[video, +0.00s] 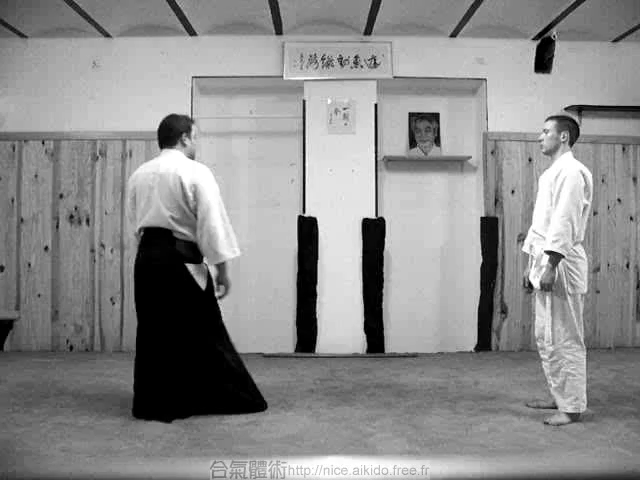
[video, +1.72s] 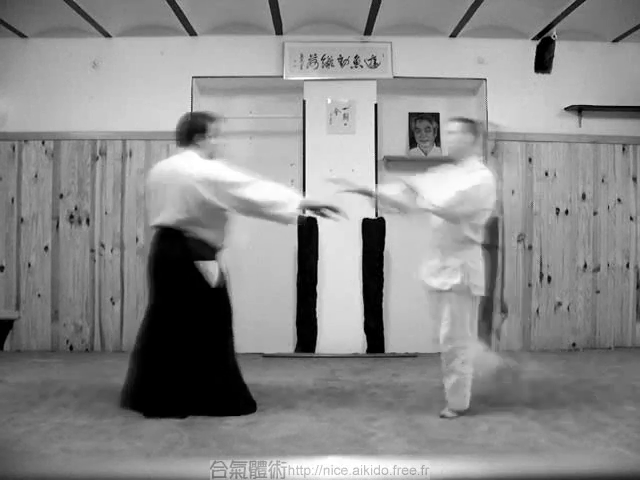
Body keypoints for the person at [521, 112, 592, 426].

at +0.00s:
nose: (540, 137)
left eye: (546, 132)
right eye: (541, 132)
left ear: (563, 137)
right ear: (558, 137)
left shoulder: (573, 173)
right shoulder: (552, 172)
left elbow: (565, 222)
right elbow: (542, 221)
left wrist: (551, 264)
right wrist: (532, 262)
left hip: (563, 262)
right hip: (545, 260)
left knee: (564, 335)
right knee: (545, 335)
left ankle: (572, 406)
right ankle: (559, 396)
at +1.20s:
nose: (520, 141)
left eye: (526, 136)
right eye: (521, 136)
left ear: (544, 142)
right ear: (533, 143)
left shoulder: (553, 176)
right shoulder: (525, 178)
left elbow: (544, 221)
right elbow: (513, 220)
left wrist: (524, 255)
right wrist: (502, 255)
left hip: (541, 260)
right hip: (523, 258)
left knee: (517, 327)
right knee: (541, 326)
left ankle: (547, 391)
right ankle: (557, 393)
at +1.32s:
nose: (509, 143)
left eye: (515, 138)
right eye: (509, 138)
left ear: (533, 143)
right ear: (520, 144)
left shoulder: (542, 179)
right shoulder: (512, 179)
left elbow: (532, 229)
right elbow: (500, 222)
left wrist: (505, 250)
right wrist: (483, 252)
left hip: (531, 260)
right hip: (512, 259)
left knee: (502, 324)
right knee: (537, 324)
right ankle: (559, 391)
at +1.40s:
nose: (500, 145)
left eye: (507, 139)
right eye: (500, 140)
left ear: (526, 145)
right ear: (507, 146)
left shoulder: (536, 182)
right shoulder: (503, 182)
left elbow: (520, 230)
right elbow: (488, 226)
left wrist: (489, 241)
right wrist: (460, 249)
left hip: (524, 263)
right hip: (505, 262)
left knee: (493, 327)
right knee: (533, 327)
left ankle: (473, 397)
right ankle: (559, 391)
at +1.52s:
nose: (485, 144)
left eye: (493, 139)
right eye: (485, 139)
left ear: (511, 145)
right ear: (486, 144)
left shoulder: (517, 183)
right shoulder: (484, 179)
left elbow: (497, 226)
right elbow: (458, 211)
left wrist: (453, 232)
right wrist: (425, 222)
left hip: (502, 262)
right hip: (487, 259)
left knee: (473, 329)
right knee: (515, 322)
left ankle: (460, 400)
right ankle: (554, 388)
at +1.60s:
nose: (474, 142)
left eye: (482, 137)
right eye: (474, 136)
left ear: (498, 143)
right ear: (473, 141)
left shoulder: (506, 182)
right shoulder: (467, 178)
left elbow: (481, 221)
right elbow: (436, 207)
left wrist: (447, 218)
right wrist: (399, 211)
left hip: (488, 264)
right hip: (466, 263)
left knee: (464, 333)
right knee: (500, 325)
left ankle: (457, 400)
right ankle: (544, 380)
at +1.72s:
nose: (447, 139)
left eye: (454, 133)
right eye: (446, 133)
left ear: (473, 139)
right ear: (445, 138)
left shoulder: (481, 178)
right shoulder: (443, 173)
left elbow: (452, 209)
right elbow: (407, 194)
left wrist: (418, 200)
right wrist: (364, 190)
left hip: (463, 265)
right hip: (439, 263)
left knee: (456, 337)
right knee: (447, 336)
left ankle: (457, 403)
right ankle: (500, 367)